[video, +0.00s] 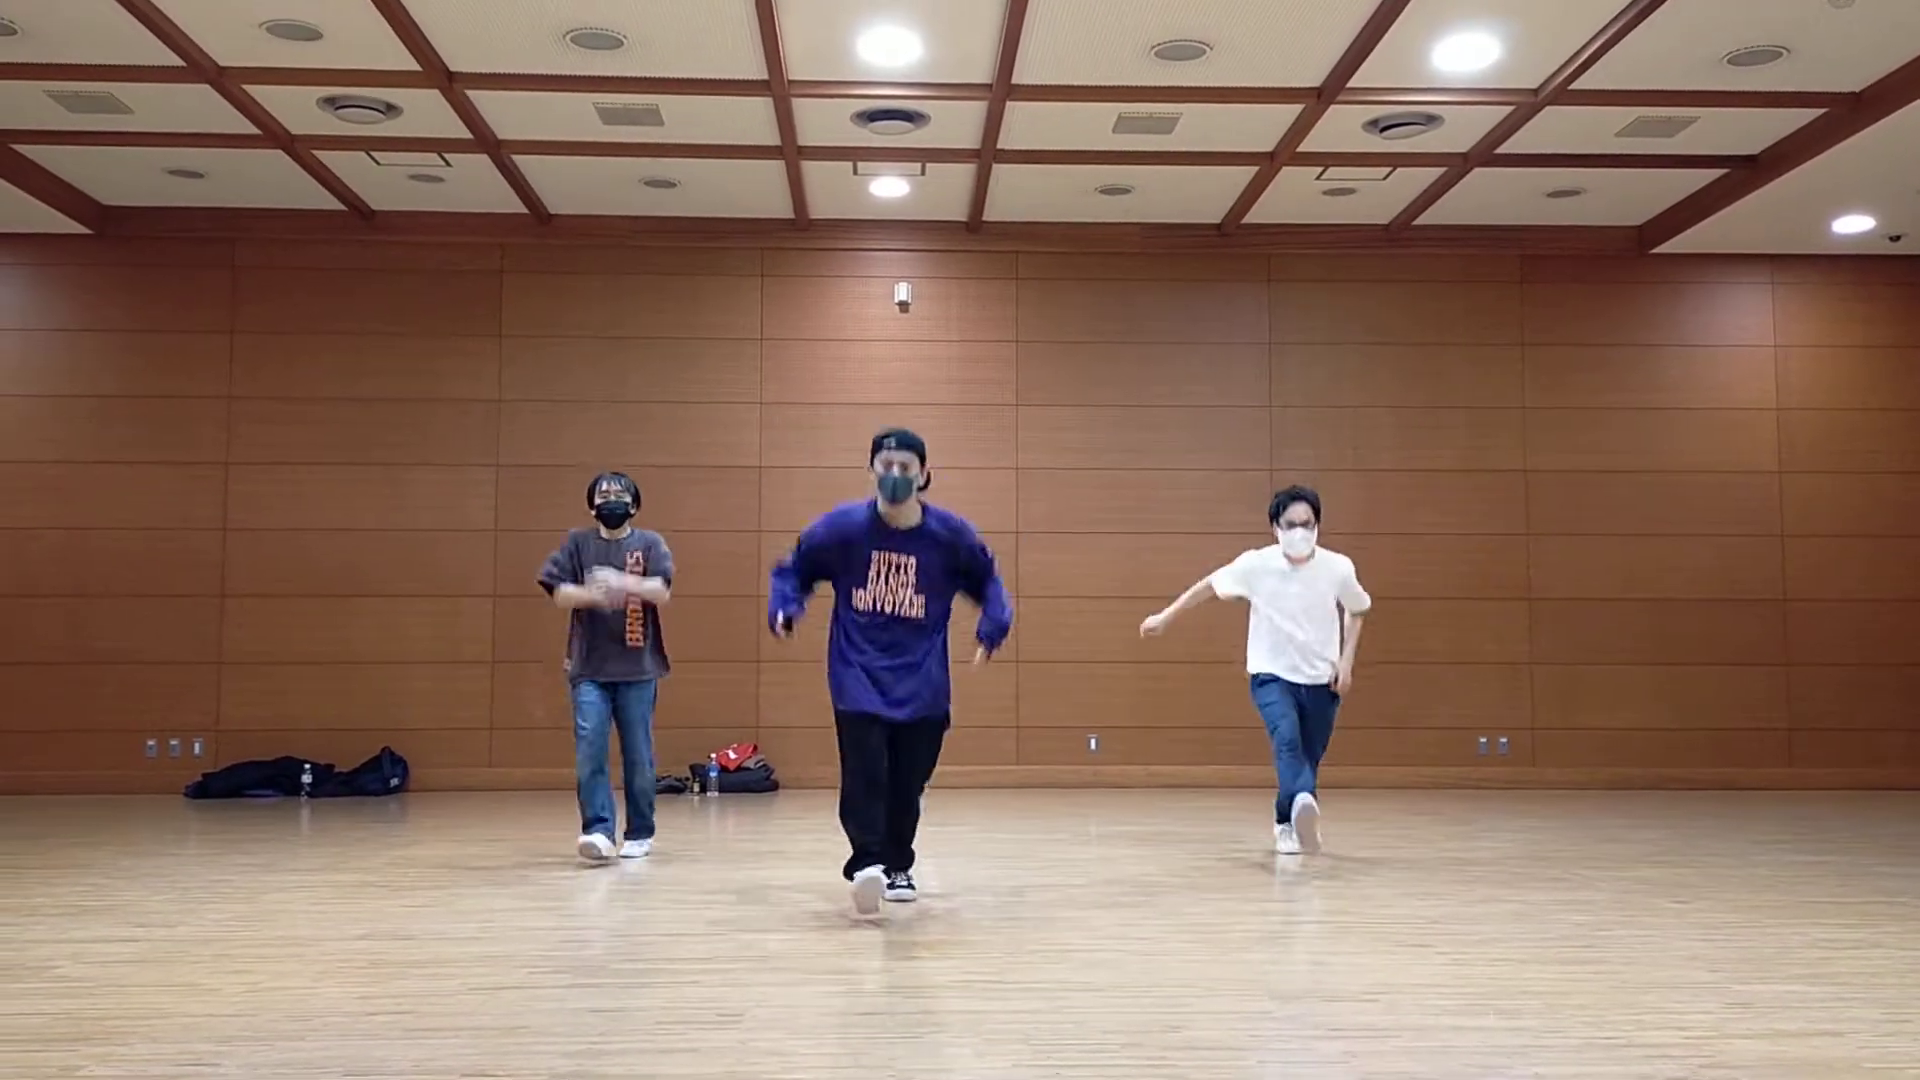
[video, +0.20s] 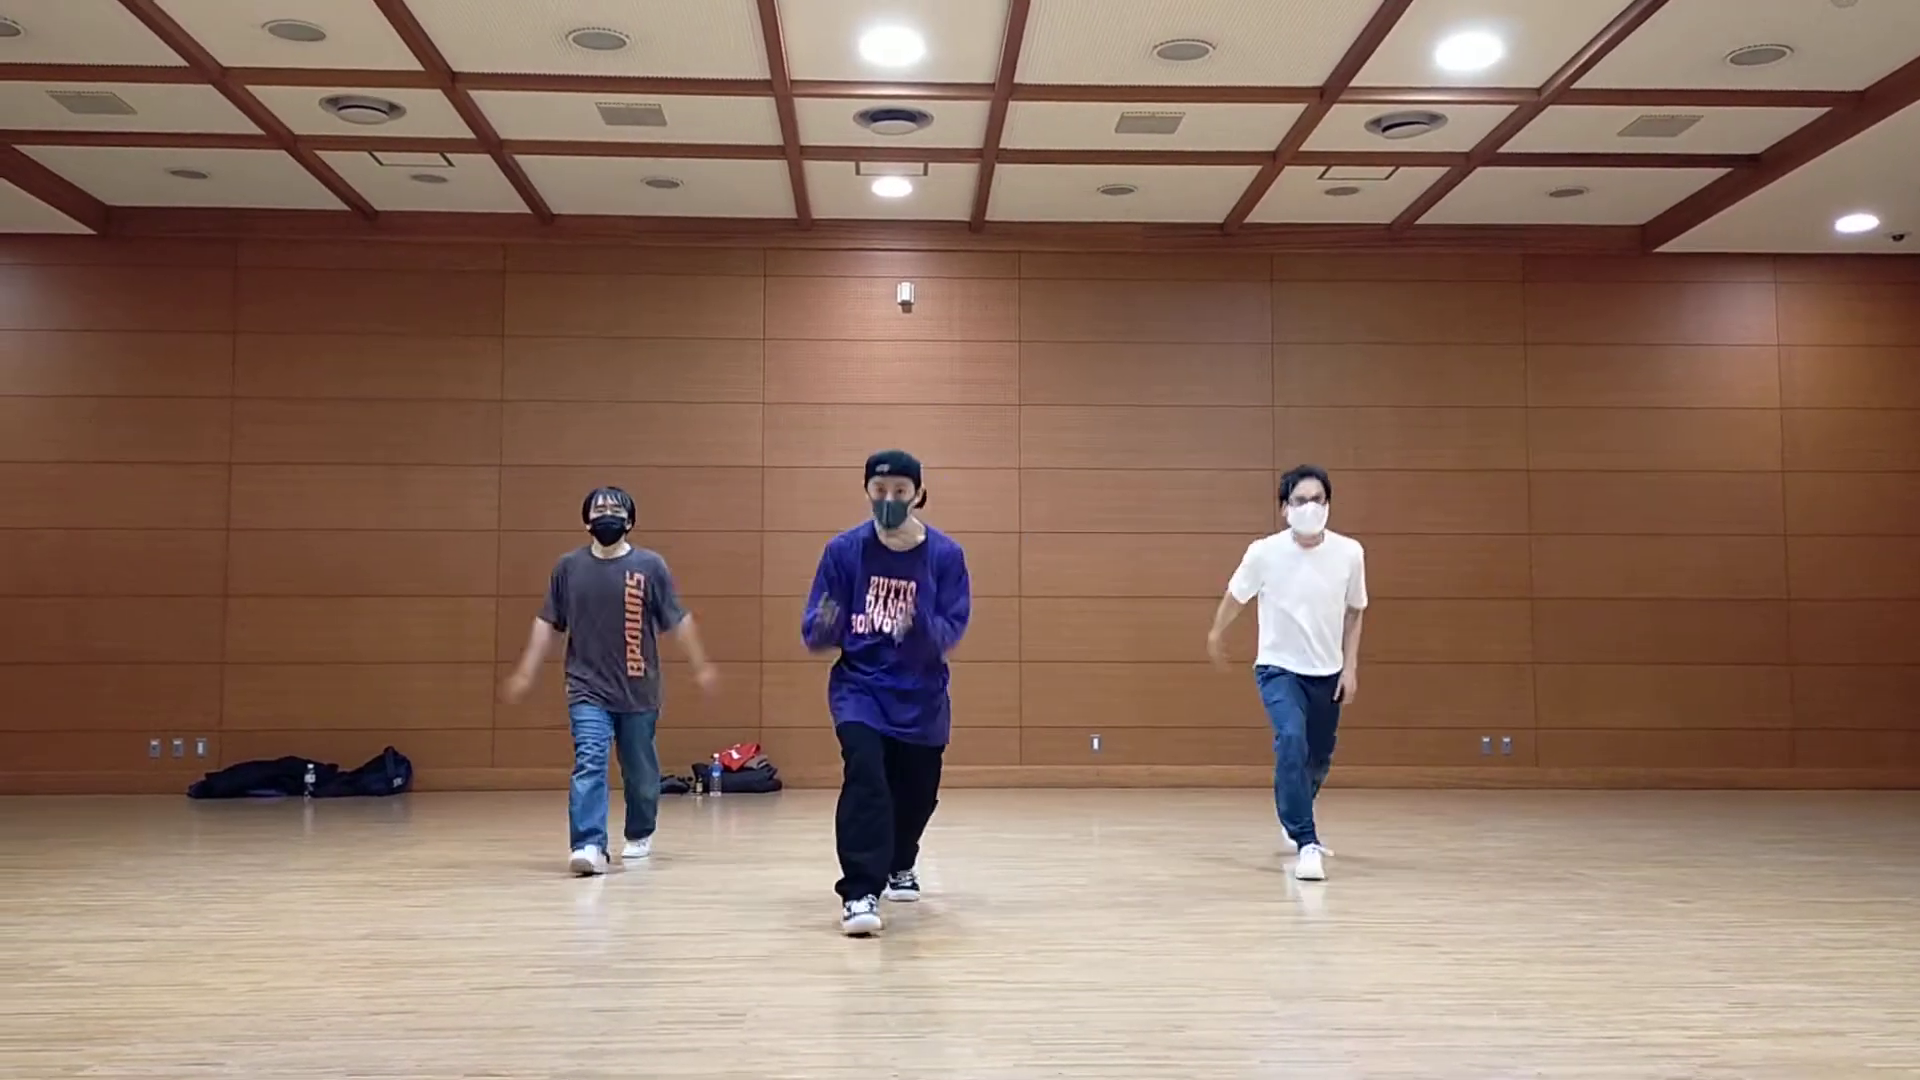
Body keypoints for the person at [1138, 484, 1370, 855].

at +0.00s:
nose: (1300, 533)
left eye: (1307, 525)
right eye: (1290, 525)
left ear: (1318, 528)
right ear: (1275, 530)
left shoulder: (1338, 568)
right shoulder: (1255, 564)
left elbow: (1355, 611)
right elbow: (1208, 587)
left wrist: (1347, 661)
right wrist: (1165, 617)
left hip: (1320, 677)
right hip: (1271, 674)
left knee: (1310, 756)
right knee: (1287, 737)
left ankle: (1285, 823)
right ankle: (1305, 815)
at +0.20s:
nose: (1309, 508)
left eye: (1317, 500)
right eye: (1300, 501)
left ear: (1328, 505)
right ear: (1285, 507)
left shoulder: (1349, 553)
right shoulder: (1264, 553)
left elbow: (1354, 613)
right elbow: (1235, 598)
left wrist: (1350, 666)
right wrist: (1215, 634)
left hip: (1327, 671)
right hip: (1278, 667)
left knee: (1319, 758)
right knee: (1293, 742)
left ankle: (1295, 818)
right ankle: (1306, 842)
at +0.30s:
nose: (1320, 481)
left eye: (1327, 473)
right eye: (1310, 474)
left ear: (1338, 480)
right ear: (1292, 482)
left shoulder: (1354, 527)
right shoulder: (1268, 529)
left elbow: (1359, 590)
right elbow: (1246, 591)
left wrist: (1357, 641)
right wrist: (1245, 650)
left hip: (1333, 651)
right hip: (1284, 648)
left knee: (1341, 750)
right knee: (1299, 740)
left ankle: (1305, 787)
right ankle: (1308, 841)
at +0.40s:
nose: (1326, 468)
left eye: (1333, 460)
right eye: (1316, 461)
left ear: (1344, 467)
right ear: (1299, 469)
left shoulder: (1359, 516)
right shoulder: (1275, 520)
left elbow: (1367, 577)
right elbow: (1262, 590)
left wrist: (1367, 625)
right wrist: (1275, 650)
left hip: (1345, 648)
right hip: (1298, 647)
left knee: (1355, 743)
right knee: (1304, 746)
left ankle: (1327, 823)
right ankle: (1303, 841)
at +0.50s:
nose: (1330, 476)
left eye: (1337, 469)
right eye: (1320, 469)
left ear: (1347, 475)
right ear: (1303, 476)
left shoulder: (1367, 525)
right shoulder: (1279, 529)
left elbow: (1377, 588)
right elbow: (1270, 598)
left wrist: (1370, 636)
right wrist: (1306, 639)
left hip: (1351, 655)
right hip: (1300, 655)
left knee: (1357, 746)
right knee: (1316, 742)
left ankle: (1345, 845)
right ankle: (1309, 845)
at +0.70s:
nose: (1332, 458)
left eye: (1339, 450)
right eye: (1323, 451)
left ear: (1351, 455)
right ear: (1306, 456)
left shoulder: (1372, 502)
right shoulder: (1283, 507)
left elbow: (1381, 565)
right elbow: (1263, 576)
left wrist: (1372, 607)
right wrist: (1310, 601)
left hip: (1362, 638)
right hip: (1306, 639)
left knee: (1375, 734)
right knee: (1304, 734)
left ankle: (1364, 842)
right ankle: (1303, 839)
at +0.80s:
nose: (1332, 457)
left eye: (1340, 449)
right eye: (1322, 450)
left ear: (1353, 454)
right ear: (1307, 455)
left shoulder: (1372, 497)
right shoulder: (1283, 505)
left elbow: (1381, 560)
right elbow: (1258, 568)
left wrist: (1380, 611)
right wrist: (1303, 610)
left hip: (1362, 640)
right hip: (1306, 639)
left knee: (1400, 733)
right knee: (1281, 731)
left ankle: (1412, 837)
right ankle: (1265, 835)